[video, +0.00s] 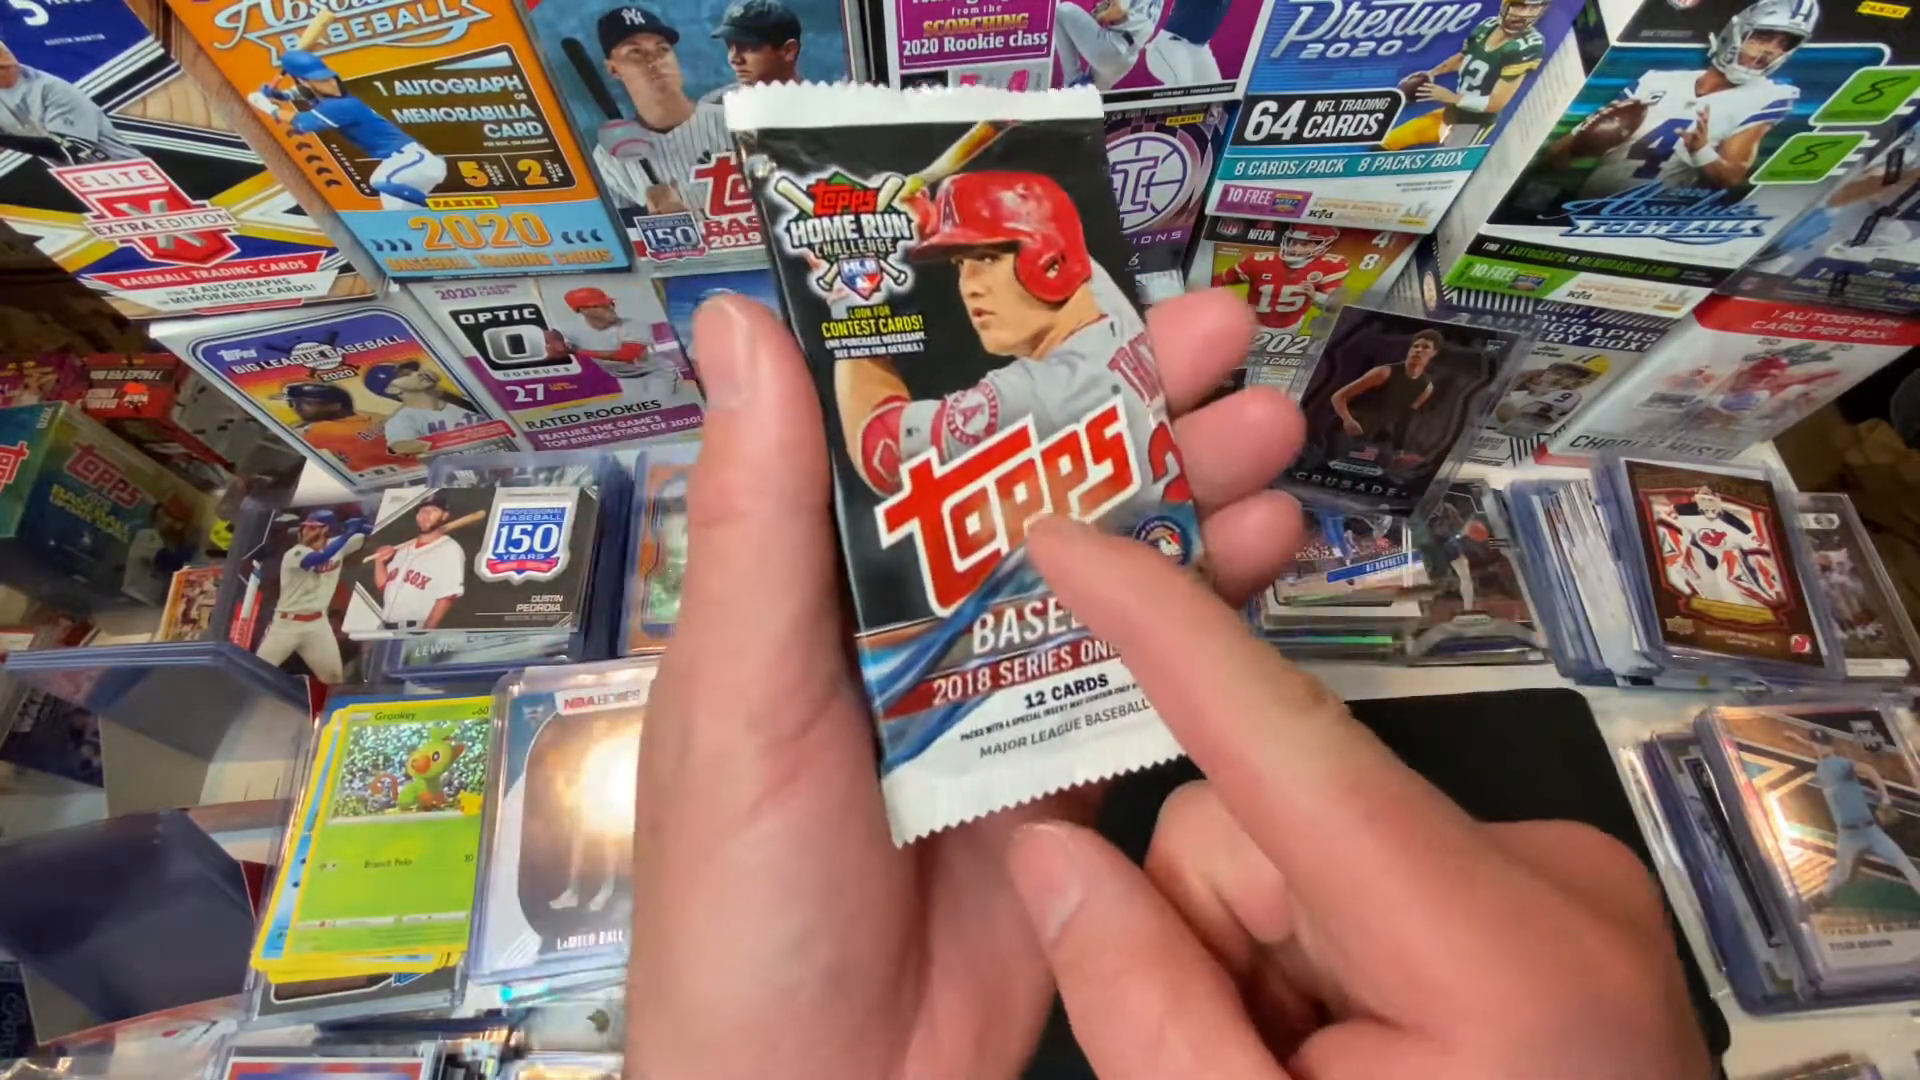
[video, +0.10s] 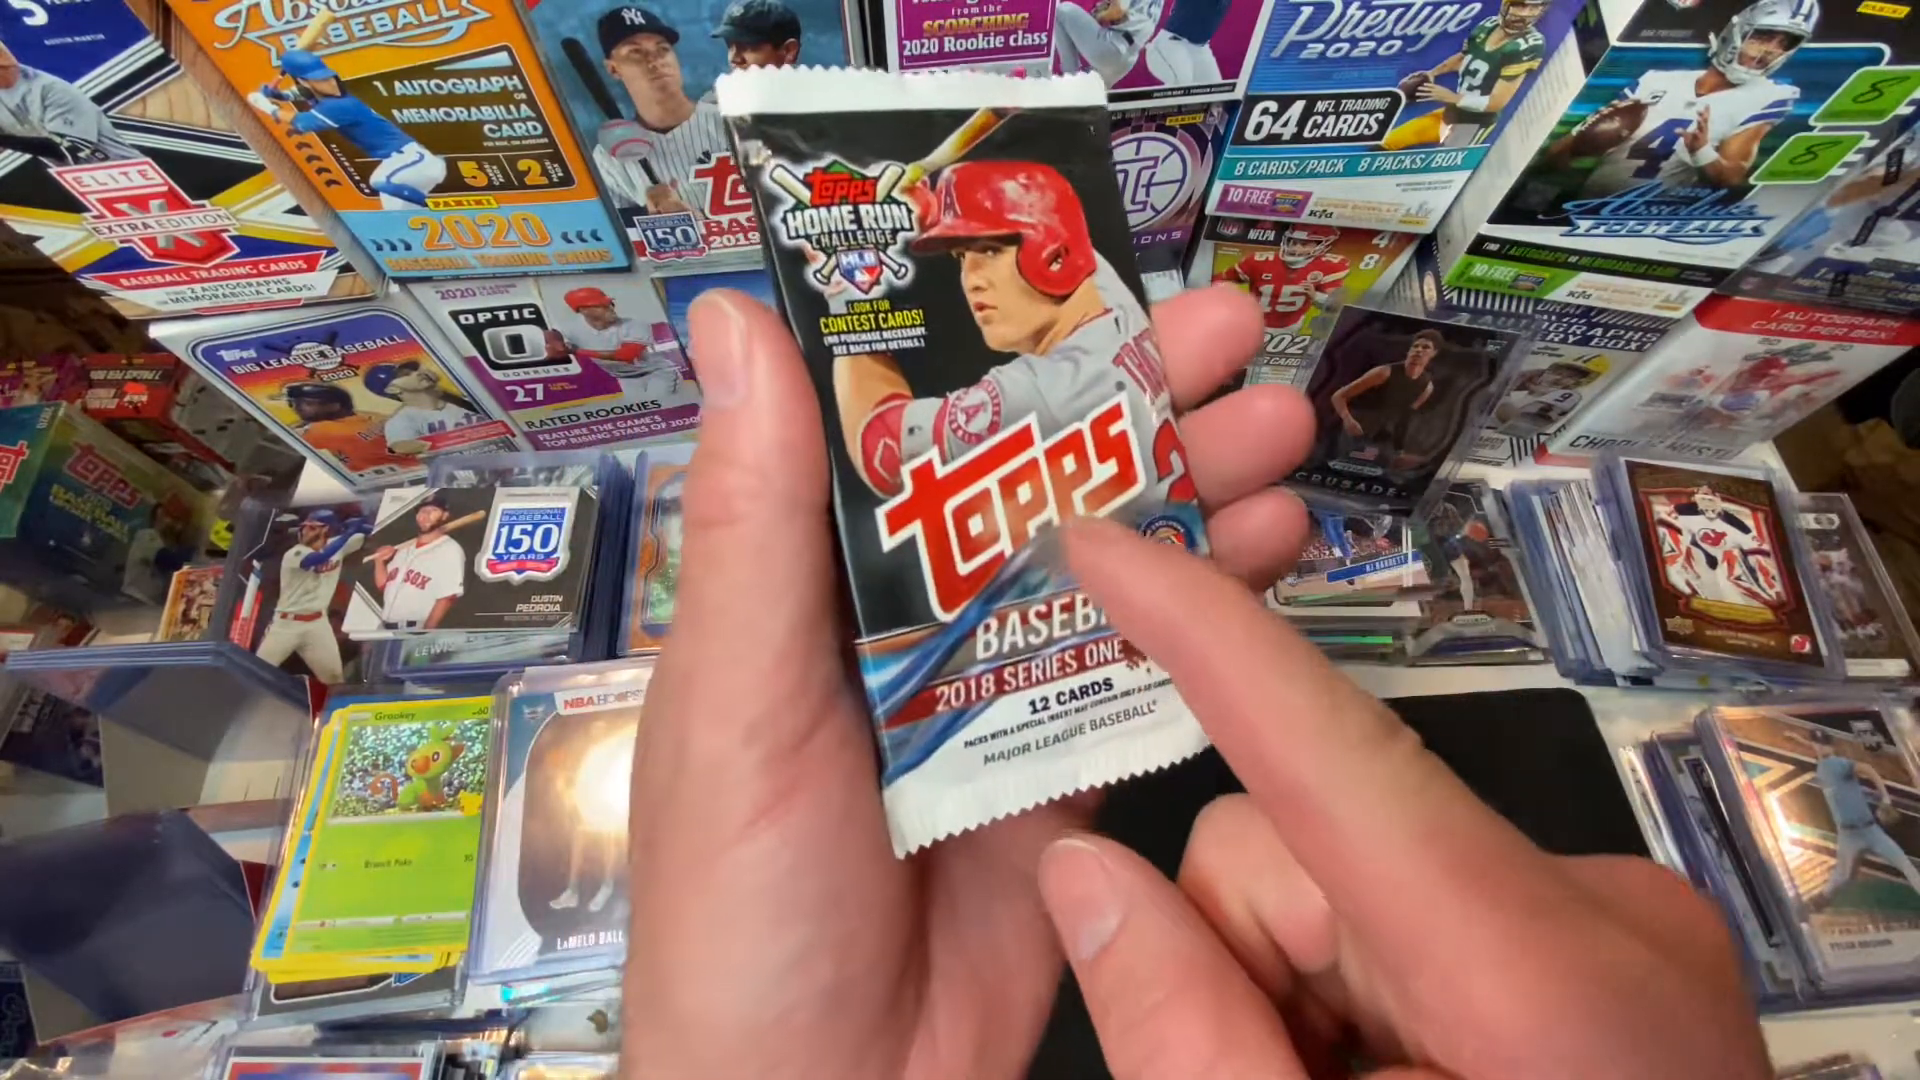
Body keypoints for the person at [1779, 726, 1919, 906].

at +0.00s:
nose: (1823, 749)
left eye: (1825, 744)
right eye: (1819, 745)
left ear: (1831, 745)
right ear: (1814, 748)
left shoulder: (1839, 764)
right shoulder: (1823, 767)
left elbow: (1868, 770)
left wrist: (1884, 797)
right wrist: (1796, 738)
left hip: (1871, 829)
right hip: (1847, 834)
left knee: (1904, 863)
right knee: (1842, 875)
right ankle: (1825, 896)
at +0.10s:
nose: (1823, 749)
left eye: (1825, 744)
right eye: (1819, 745)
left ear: (1831, 745)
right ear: (1814, 747)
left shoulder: (1839, 764)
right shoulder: (1823, 767)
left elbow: (1868, 770)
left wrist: (1885, 797)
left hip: (1871, 828)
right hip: (1847, 834)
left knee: (1904, 864)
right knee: (1843, 875)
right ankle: (1823, 897)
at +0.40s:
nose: (1824, 749)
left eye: (1826, 744)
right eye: (1819, 745)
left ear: (1831, 745)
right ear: (1814, 748)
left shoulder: (1839, 764)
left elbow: (1868, 770)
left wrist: (1885, 797)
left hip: (1871, 829)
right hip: (1847, 834)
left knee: (1904, 863)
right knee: (1842, 875)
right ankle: (1824, 897)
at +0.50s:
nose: (1823, 749)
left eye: (1826, 744)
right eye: (1819, 746)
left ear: (1831, 745)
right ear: (1814, 748)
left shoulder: (1839, 764)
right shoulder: (1823, 766)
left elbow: (1868, 770)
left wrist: (1885, 797)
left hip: (1870, 828)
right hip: (1847, 834)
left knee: (1904, 864)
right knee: (1843, 874)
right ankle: (1823, 897)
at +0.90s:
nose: (1823, 749)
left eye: (1825, 745)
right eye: (1819, 746)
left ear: (1831, 745)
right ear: (1814, 748)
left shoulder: (1840, 763)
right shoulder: (1822, 767)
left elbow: (1868, 770)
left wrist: (1885, 797)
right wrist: (1797, 739)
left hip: (1870, 828)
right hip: (1847, 833)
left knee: (1903, 863)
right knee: (1842, 873)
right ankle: (1823, 897)